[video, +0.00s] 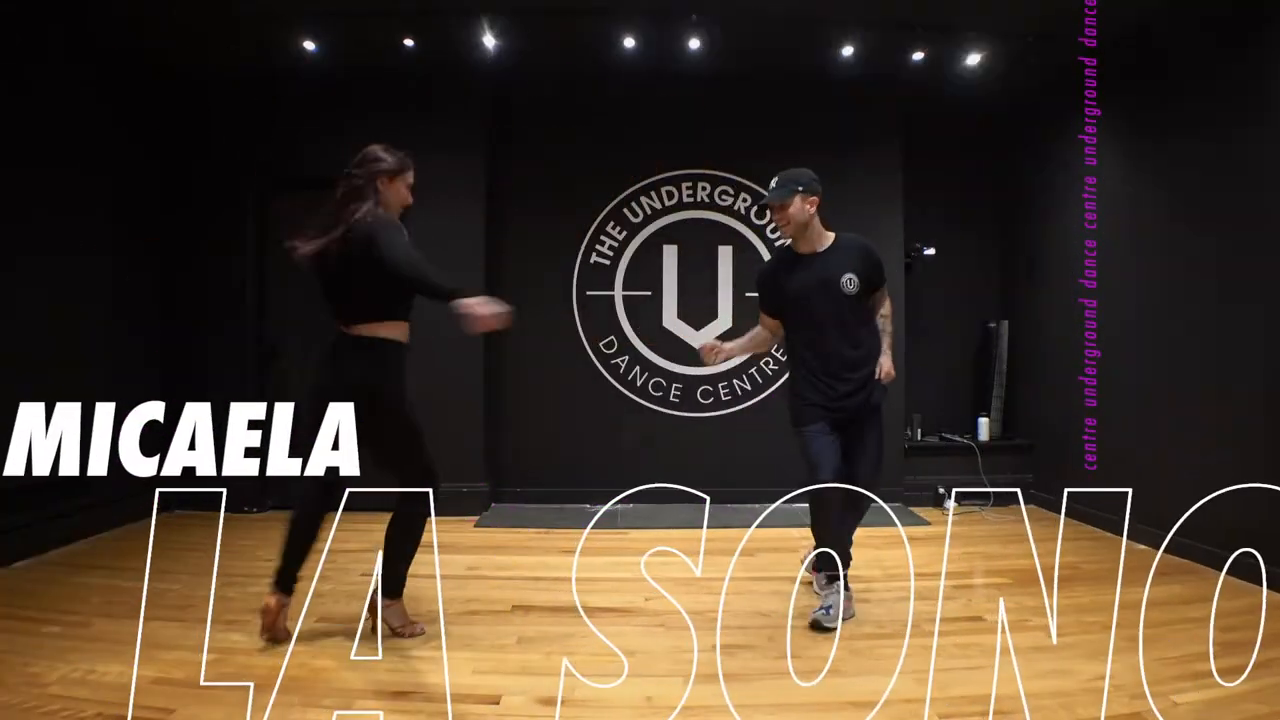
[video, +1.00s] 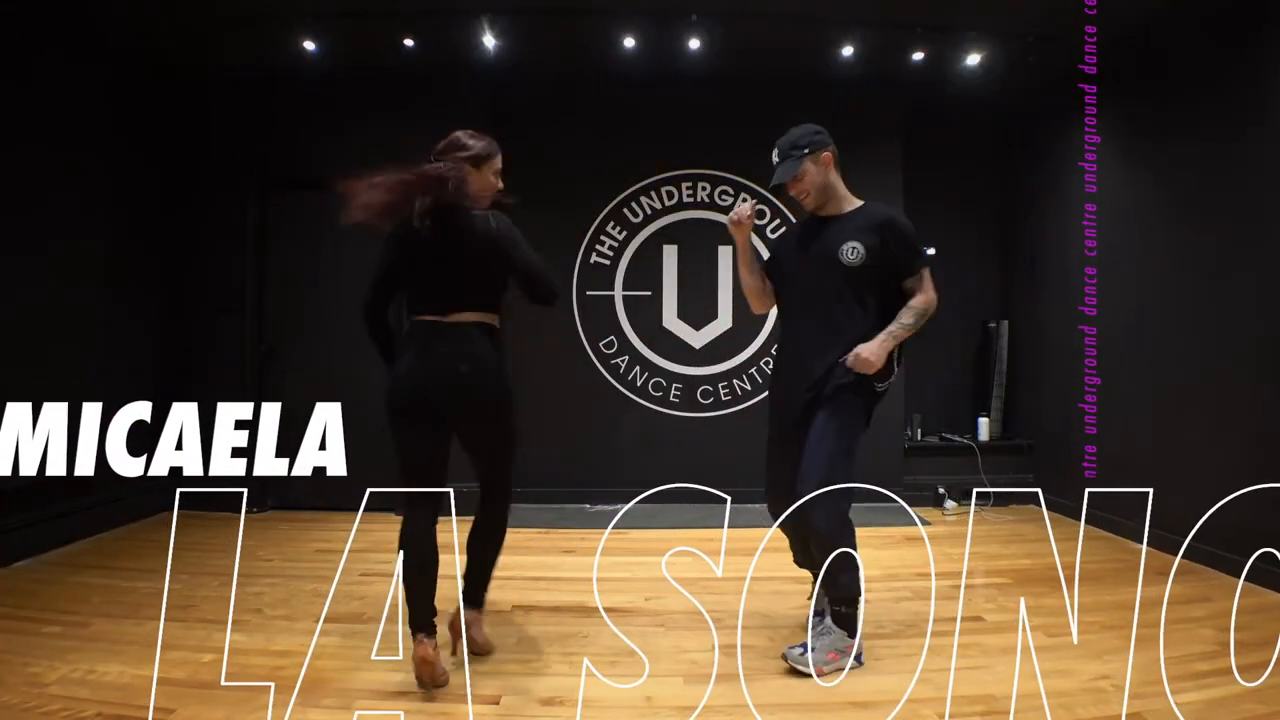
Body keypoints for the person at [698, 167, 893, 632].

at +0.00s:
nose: (773, 217)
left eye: (781, 207)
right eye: (771, 209)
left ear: (811, 203)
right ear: (777, 212)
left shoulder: (859, 255)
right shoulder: (775, 273)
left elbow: (881, 307)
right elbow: (768, 331)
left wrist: (885, 352)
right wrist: (729, 348)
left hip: (861, 392)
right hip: (811, 396)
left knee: (861, 487)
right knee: (826, 484)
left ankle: (823, 563)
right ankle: (837, 590)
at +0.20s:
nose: (775, 214)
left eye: (782, 203)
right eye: (771, 206)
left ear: (811, 195)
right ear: (773, 208)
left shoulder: (861, 247)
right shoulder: (774, 267)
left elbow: (880, 302)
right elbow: (770, 324)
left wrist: (888, 343)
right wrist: (765, 342)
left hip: (867, 391)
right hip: (814, 397)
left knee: (878, 490)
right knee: (829, 489)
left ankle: (834, 546)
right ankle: (834, 589)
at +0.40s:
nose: (781, 202)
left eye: (787, 191)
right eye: (775, 195)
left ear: (815, 181)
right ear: (775, 196)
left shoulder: (860, 236)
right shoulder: (779, 247)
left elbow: (871, 294)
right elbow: (778, 319)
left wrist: (883, 335)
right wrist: (845, 295)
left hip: (869, 383)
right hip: (813, 392)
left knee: (892, 479)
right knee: (824, 491)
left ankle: (878, 574)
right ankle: (836, 587)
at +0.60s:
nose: (788, 197)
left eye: (794, 185)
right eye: (782, 190)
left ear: (822, 175)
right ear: (779, 191)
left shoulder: (862, 236)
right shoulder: (783, 242)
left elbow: (869, 298)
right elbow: (777, 317)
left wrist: (882, 339)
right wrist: (851, 301)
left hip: (865, 386)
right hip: (809, 393)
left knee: (871, 485)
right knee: (821, 493)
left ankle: (876, 602)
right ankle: (835, 589)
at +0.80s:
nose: (794, 196)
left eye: (801, 185)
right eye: (788, 189)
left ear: (831, 176)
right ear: (785, 193)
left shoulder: (876, 244)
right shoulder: (780, 250)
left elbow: (888, 307)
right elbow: (761, 323)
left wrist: (888, 349)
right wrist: (748, 279)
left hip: (857, 393)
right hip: (798, 399)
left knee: (845, 490)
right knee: (807, 509)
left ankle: (852, 613)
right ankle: (833, 587)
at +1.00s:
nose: (791, 188)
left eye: (796, 175)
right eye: (785, 181)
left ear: (827, 160)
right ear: (786, 182)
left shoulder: (880, 225)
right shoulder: (791, 239)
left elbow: (925, 297)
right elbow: (760, 301)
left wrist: (884, 342)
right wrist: (743, 242)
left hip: (847, 381)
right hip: (791, 386)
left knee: (821, 489)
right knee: (784, 501)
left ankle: (843, 631)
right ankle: (834, 611)